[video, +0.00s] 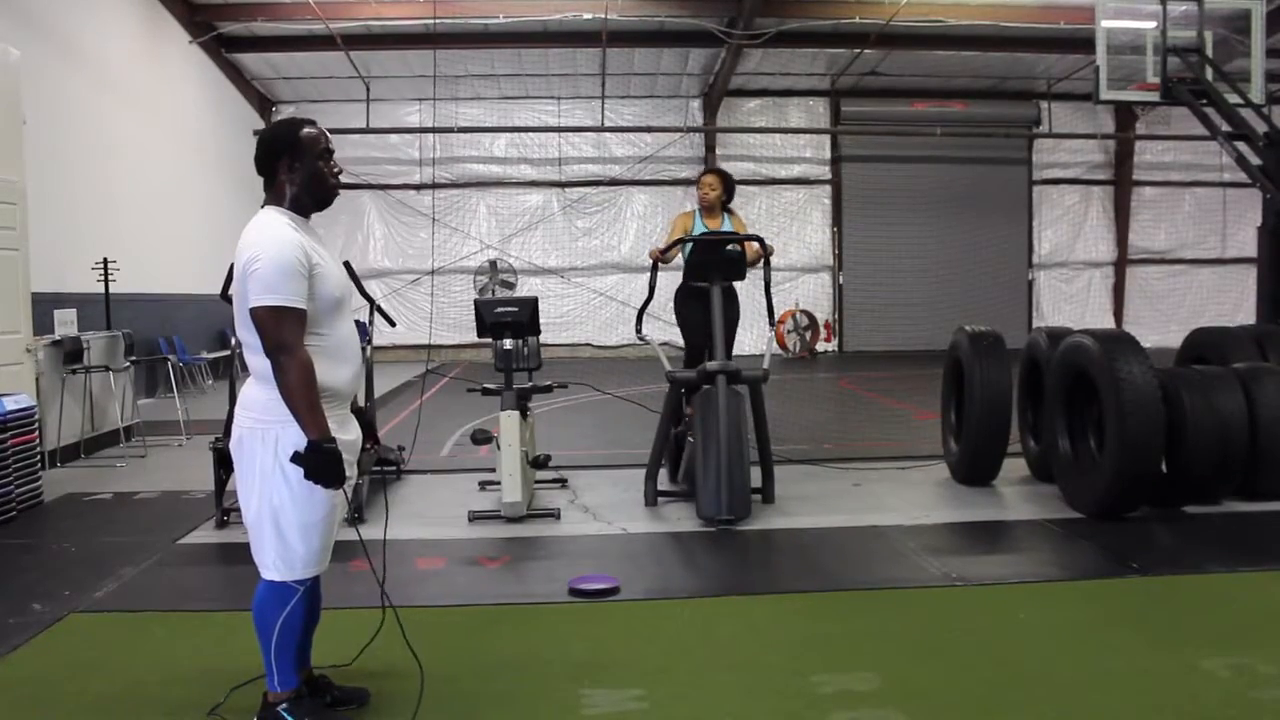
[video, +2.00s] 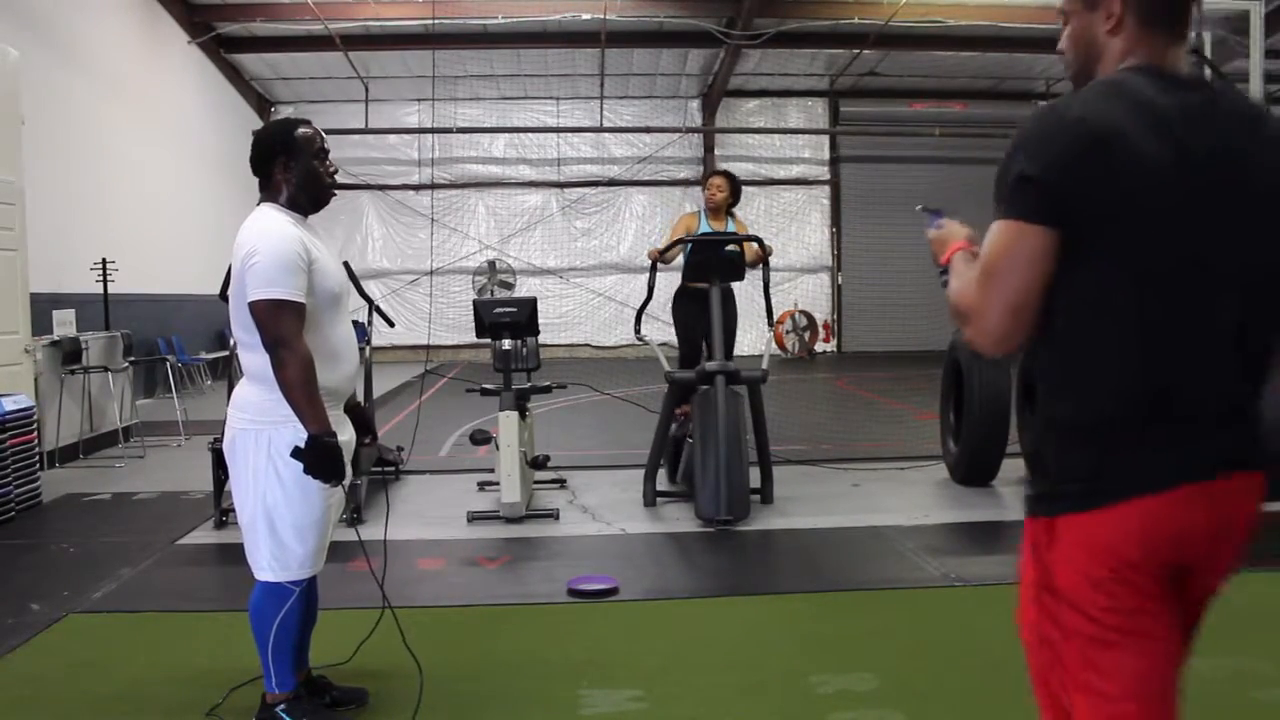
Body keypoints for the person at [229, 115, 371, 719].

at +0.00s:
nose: (337, 168)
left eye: (334, 157)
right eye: (324, 158)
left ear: (296, 170)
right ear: (289, 169)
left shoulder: (298, 237)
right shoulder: (273, 241)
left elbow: (320, 342)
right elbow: (283, 350)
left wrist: (355, 413)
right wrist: (319, 438)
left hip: (307, 428)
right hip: (283, 431)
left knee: (305, 565)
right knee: (287, 571)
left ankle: (299, 679)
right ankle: (281, 698)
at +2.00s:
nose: (333, 167)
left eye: (330, 156)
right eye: (320, 157)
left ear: (292, 170)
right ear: (286, 169)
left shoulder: (298, 235)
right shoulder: (272, 236)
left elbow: (317, 337)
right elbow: (282, 345)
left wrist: (352, 403)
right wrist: (318, 432)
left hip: (304, 426)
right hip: (277, 430)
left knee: (301, 564)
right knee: (284, 570)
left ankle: (297, 679)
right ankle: (281, 697)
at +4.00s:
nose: (334, 165)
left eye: (330, 154)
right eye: (321, 155)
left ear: (292, 171)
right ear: (286, 169)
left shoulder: (295, 238)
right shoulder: (272, 241)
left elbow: (311, 344)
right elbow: (282, 351)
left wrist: (349, 410)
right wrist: (317, 440)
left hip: (299, 427)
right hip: (275, 431)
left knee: (298, 566)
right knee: (282, 571)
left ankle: (296, 680)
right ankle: (280, 698)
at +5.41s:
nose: (340, 170)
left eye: (337, 158)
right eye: (328, 159)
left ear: (295, 172)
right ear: (292, 170)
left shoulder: (296, 239)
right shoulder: (275, 242)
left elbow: (315, 345)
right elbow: (285, 351)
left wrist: (352, 411)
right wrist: (324, 440)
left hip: (300, 429)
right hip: (276, 433)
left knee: (299, 567)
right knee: (283, 572)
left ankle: (297, 681)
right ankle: (280, 698)